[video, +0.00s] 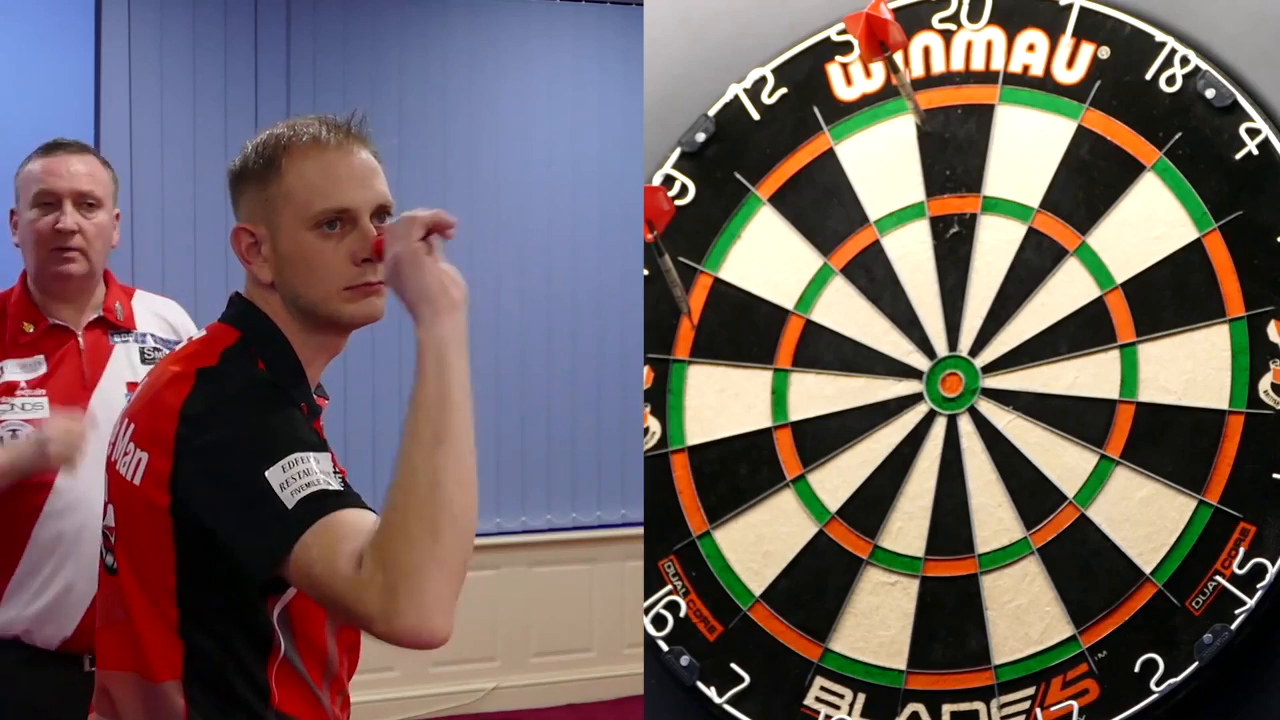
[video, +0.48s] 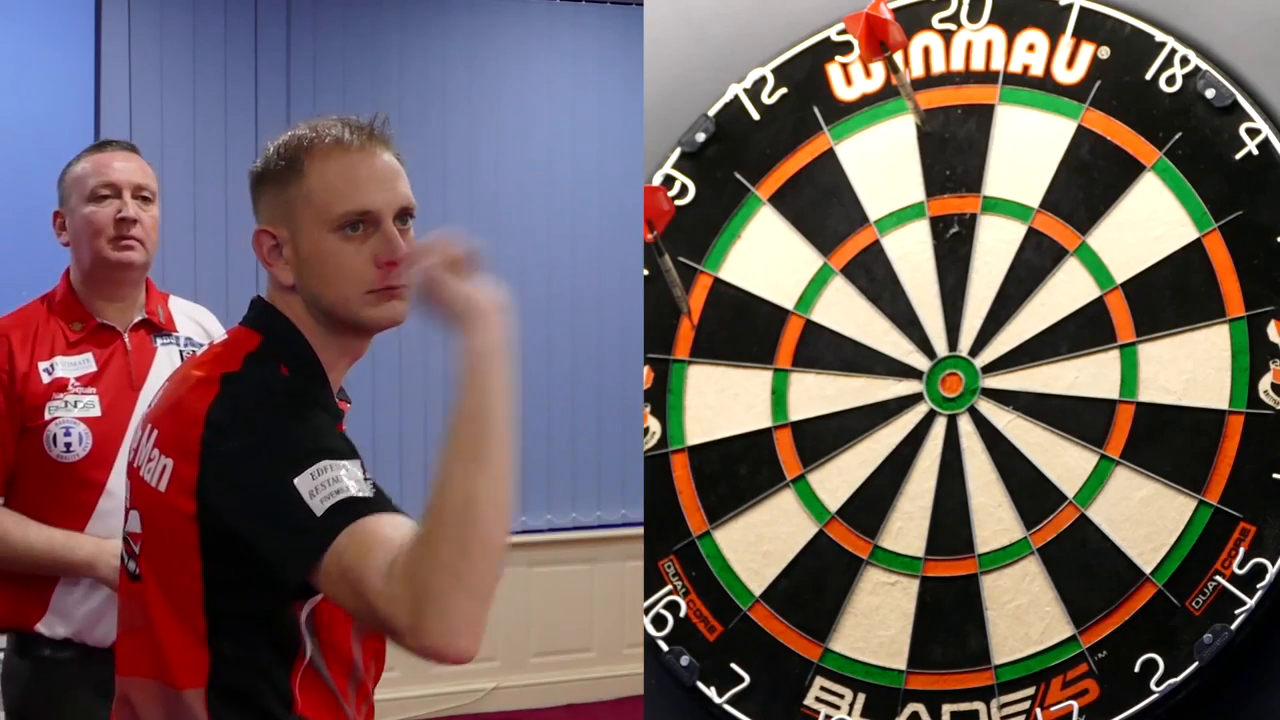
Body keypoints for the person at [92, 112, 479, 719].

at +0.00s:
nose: (375, 246)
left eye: (381, 218)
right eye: (333, 226)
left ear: (395, 221)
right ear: (254, 251)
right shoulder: (230, 401)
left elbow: (123, 676)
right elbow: (411, 604)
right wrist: (442, 317)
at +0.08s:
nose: (375, 244)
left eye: (383, 217)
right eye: (334, 225)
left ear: (396, 222)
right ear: (256, 251)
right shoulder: (233, 400)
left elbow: (125, 672)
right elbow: (416, 607)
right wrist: (418, 327)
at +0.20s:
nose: (380, 250)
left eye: (386, 218)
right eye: (336, 226)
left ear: (397, 225)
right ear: (259, 252)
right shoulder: (235, 402)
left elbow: (130, 677)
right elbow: (419, 609)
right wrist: (410, 343)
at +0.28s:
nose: (382, 249)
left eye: (390, 219)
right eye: (341, 226)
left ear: (401, 225)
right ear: (263, 252)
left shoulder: (184, 381)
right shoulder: (241, 405)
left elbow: (134, 682)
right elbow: (424, 613)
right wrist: (409, 356)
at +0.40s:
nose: (388, 250)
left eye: (396, 219)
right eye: (346, 226)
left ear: (407, 226)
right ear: (269, 253)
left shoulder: (191, 381)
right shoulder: (248, 406)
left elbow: (140, 684)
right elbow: (432, 620)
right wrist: (417, 356)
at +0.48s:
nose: (396, 251)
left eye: (404, 221)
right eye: (354, 228)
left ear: (416, 225)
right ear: (276, 255)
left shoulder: (195, 384)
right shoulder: (262, 409)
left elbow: (147, 686)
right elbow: (442, 620)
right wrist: (486, 332)